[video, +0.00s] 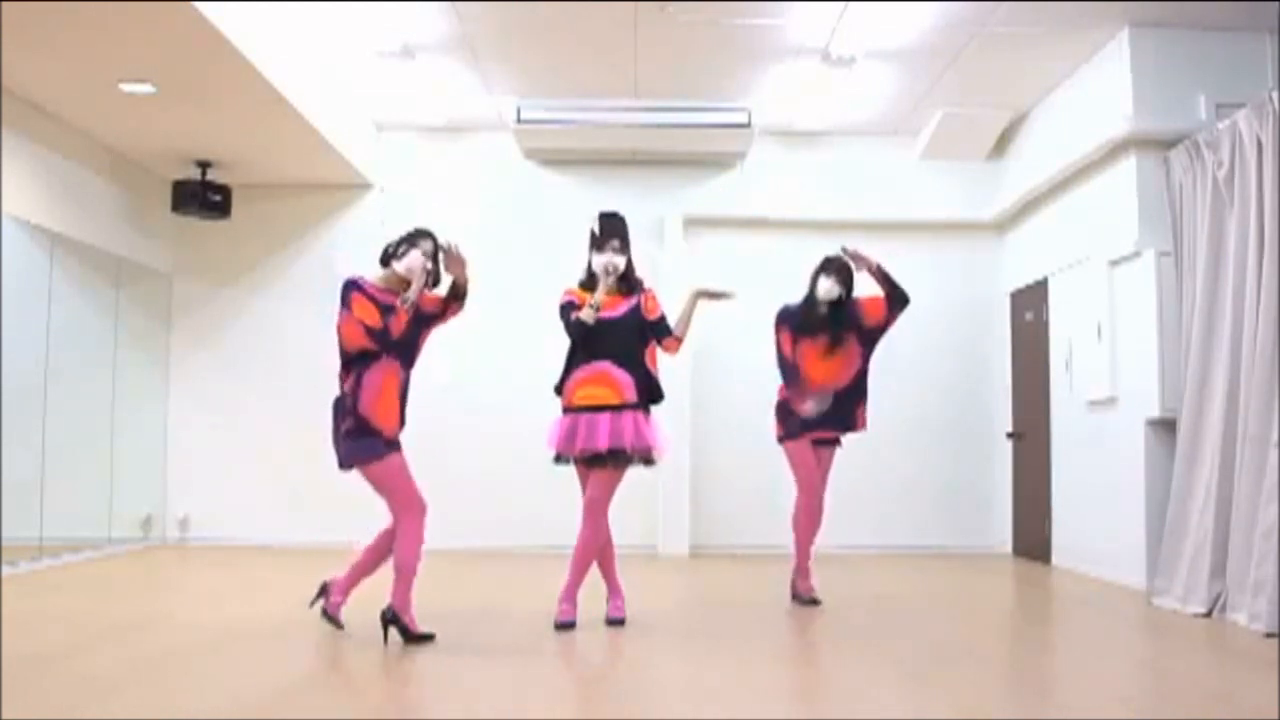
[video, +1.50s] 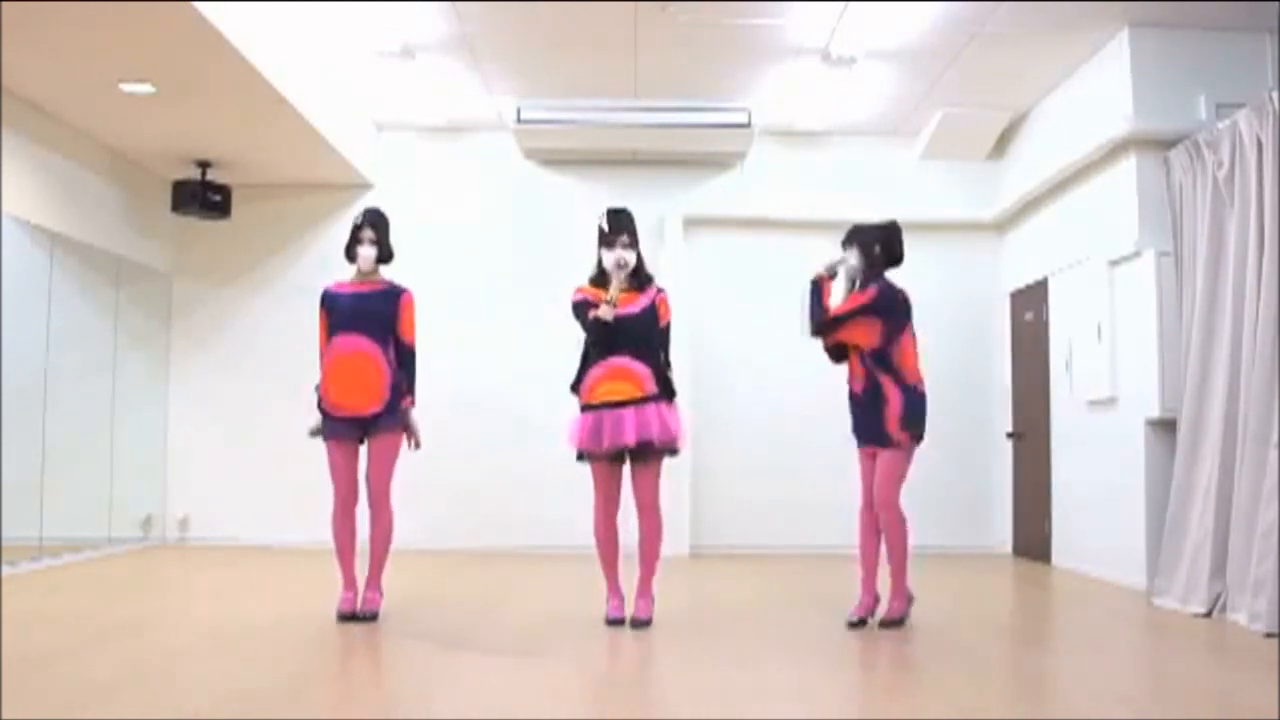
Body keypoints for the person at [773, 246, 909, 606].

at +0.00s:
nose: (829, 288)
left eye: (837, 283)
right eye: (825, 279)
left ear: (845, 289)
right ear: (814, 280)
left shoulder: (858, 318)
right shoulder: (790, 317)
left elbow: (898, 301)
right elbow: (786, 363)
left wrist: (873, 268)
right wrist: (801, 395)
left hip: (834, 415)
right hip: (794, 412)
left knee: (816, 491)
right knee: (809, 486)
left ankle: (802, 570)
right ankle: (802, 572)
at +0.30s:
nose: (841, 279)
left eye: (848, 273)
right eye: (836, 271)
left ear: (856, 278)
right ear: (823, 273)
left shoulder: (870, 308)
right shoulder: (802, 311)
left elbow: (905, 290)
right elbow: (807, 355)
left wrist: (881, 257)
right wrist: (832, 312)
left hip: (852, 407)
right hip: (811, 409)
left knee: (855, 496)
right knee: (816, 496)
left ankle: (846, 585)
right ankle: (800, 573)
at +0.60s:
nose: (856, 273)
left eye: (863, 267)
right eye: (851, 265)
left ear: (873, 270)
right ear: (839, 265)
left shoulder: (890, 300)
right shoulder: (818, 306)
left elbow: (930, 279)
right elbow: (820, 346)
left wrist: (899, 244)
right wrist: (844, 301)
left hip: (877, 408)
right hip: (835, 410)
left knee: (870, 500)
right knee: (852, 498)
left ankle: (852, 585)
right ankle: (852, 589)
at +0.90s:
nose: (864, 262)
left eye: (870, 253)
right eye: (855, 255)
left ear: (880, 256)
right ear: (843, 260)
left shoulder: (895, 303)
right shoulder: (833, 299)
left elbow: (929, 341)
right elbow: (844, 339)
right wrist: (866, 296)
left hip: (894, 401)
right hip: (851, 401)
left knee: (889, 500)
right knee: (857, 497)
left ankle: (889, 593)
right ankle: (859, 593)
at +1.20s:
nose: (875, 259)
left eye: (881, 251)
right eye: (867, 252)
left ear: (892, 255)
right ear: (855, 256)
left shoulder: (907, 299)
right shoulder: (842, 300)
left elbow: (922, 358)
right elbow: (841, 343)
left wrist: (931, 407)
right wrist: (866, 298)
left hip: (899, 404)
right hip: (857, 403)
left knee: (894, 501)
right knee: (862, 499)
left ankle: (889, 593)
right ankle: (861, 593)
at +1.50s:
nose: (845, 259)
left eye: (851, 251)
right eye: (847, 251)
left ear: (870, 254)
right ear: (871, 256)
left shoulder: (888, 297)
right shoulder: (864, 300)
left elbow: (822, 325)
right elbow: (835, 351)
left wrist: (820, 282)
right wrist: (834, 299)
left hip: (900, 410)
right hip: (868, 410)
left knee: (885, 499)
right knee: (869, 503)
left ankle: (901, 592)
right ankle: (868, 592)